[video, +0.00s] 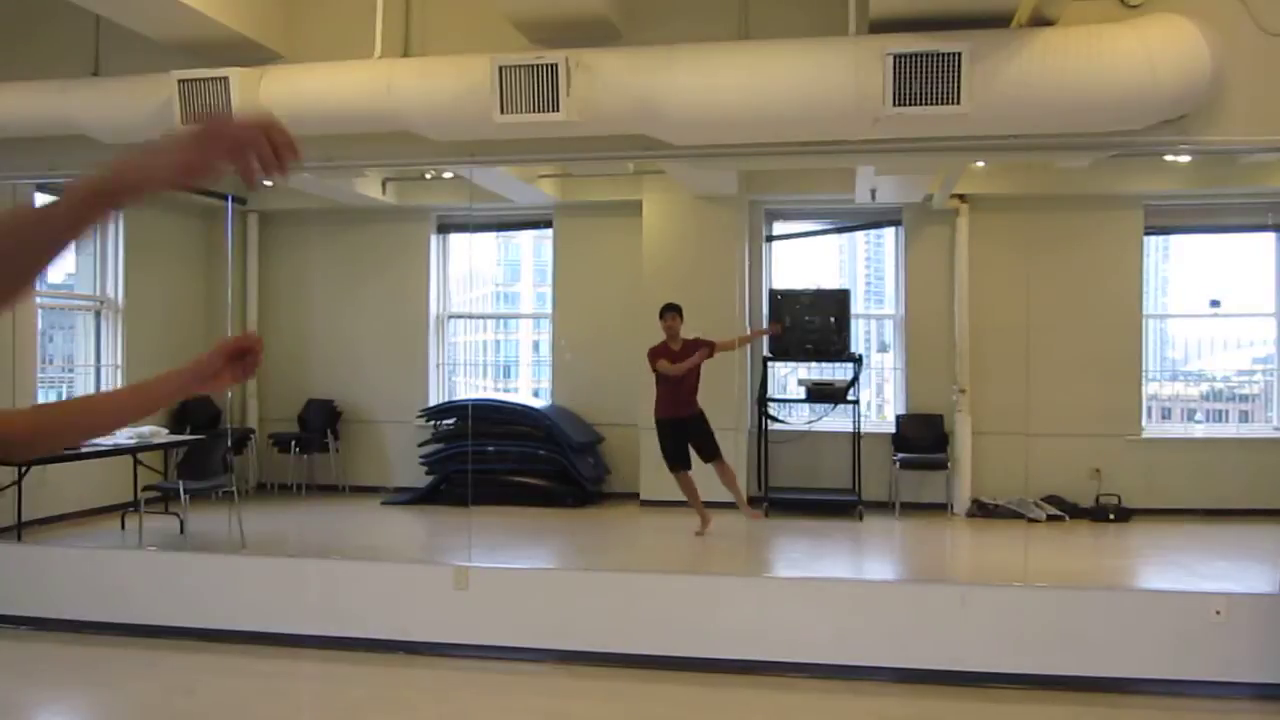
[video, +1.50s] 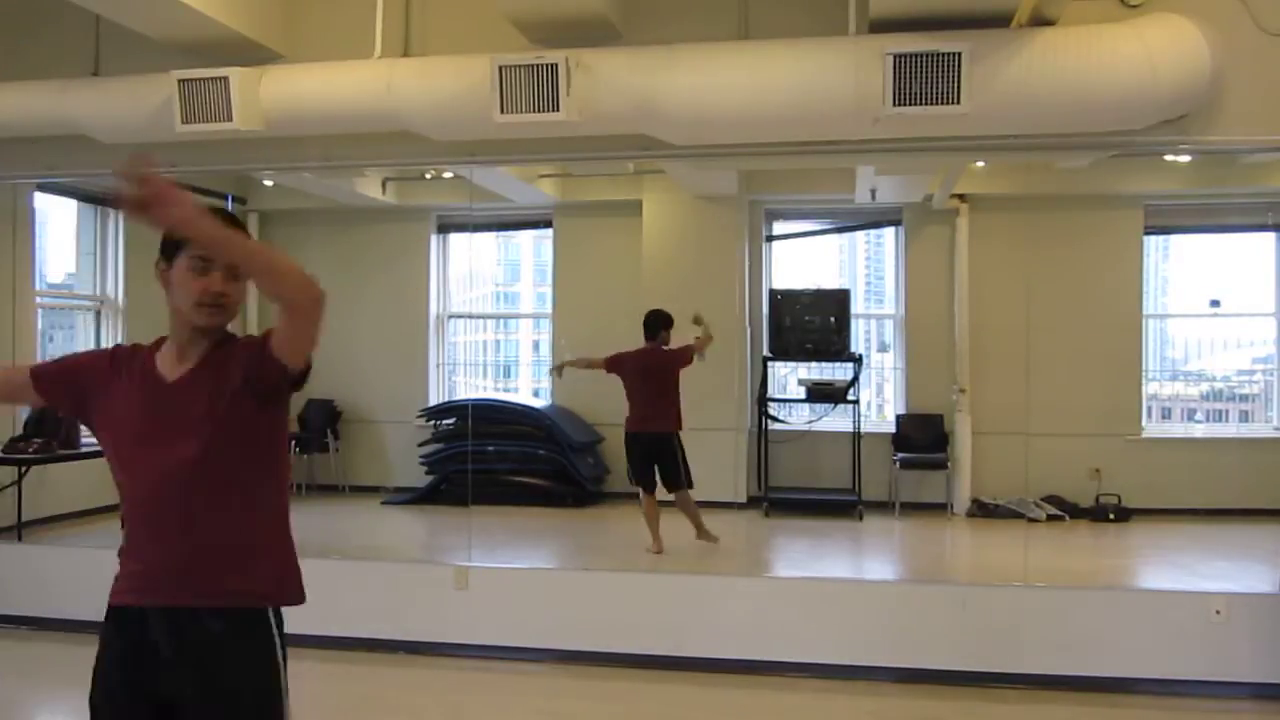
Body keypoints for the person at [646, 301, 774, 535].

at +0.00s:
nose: (670, 323)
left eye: (674, 319)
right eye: (666, 319)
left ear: (681, 322)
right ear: (660, 323)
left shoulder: (696, 346)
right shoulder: (655, 353)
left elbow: (732, 344)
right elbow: (672, 371)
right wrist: (696, 359)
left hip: (692, 415)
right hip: (667, 420)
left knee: (718, 461)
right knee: (680, 473)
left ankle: (743, 505)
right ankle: (703, 516)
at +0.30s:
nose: (674, 334)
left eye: (679, 329)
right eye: (670, 330)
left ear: (686, 332)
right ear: (665, 335)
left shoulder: (694, 356)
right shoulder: (671, 366)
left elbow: (708, 353)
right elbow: (702, 388)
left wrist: (725, 329)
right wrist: (736, 381)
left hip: (696, 424)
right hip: (671, 423)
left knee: (698, 476)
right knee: (634, 460)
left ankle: (683, 519)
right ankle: (592, 496)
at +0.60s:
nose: (663, 339)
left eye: (667, 335)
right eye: (659, 336)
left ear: (675, 338)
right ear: (655, 341)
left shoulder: (686, 361)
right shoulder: (657, 371)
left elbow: (706, 349)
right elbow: (689, 387)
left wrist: (716, 321)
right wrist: (715, 370)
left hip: (683, 431)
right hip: (658, 429)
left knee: (692, 482)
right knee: (629, 474)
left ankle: (681, 519)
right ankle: (601, 520)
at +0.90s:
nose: (641, 327)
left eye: (646, 323)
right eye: (637, 323)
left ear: (655, 327)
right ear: (633, 327)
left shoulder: (665, 353)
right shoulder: (625, 360)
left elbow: (702, 339)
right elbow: (594, 373)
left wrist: (721, 313)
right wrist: (560, 374)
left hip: (656, 424)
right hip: (628, 424)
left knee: (669, 478)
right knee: (627, 479)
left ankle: (679, 518)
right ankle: (621, 533)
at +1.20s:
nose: (628, 317)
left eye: (633, 312)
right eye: (626, 313)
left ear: (647, 314)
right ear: (630, 314)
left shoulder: (647, 336)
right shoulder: (651, 333)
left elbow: (634, 358)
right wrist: (631, 299)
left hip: (646, 408)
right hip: (645, 407)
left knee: (639, 468)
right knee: (626, 463)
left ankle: (667, 524)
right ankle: (606, 515)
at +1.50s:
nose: (671, 335)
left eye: (670, 331)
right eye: (669, 331)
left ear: (645, 332)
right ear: (663, 332)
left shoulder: (627, 359)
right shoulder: (671, 357)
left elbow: (593, 363)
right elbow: (701, 344)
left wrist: (565, 363)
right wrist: (705, 328)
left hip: (636, 434)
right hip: (666, 434)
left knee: (647, 491)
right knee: (679, 489)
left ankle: (656, 542)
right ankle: (701, 529)